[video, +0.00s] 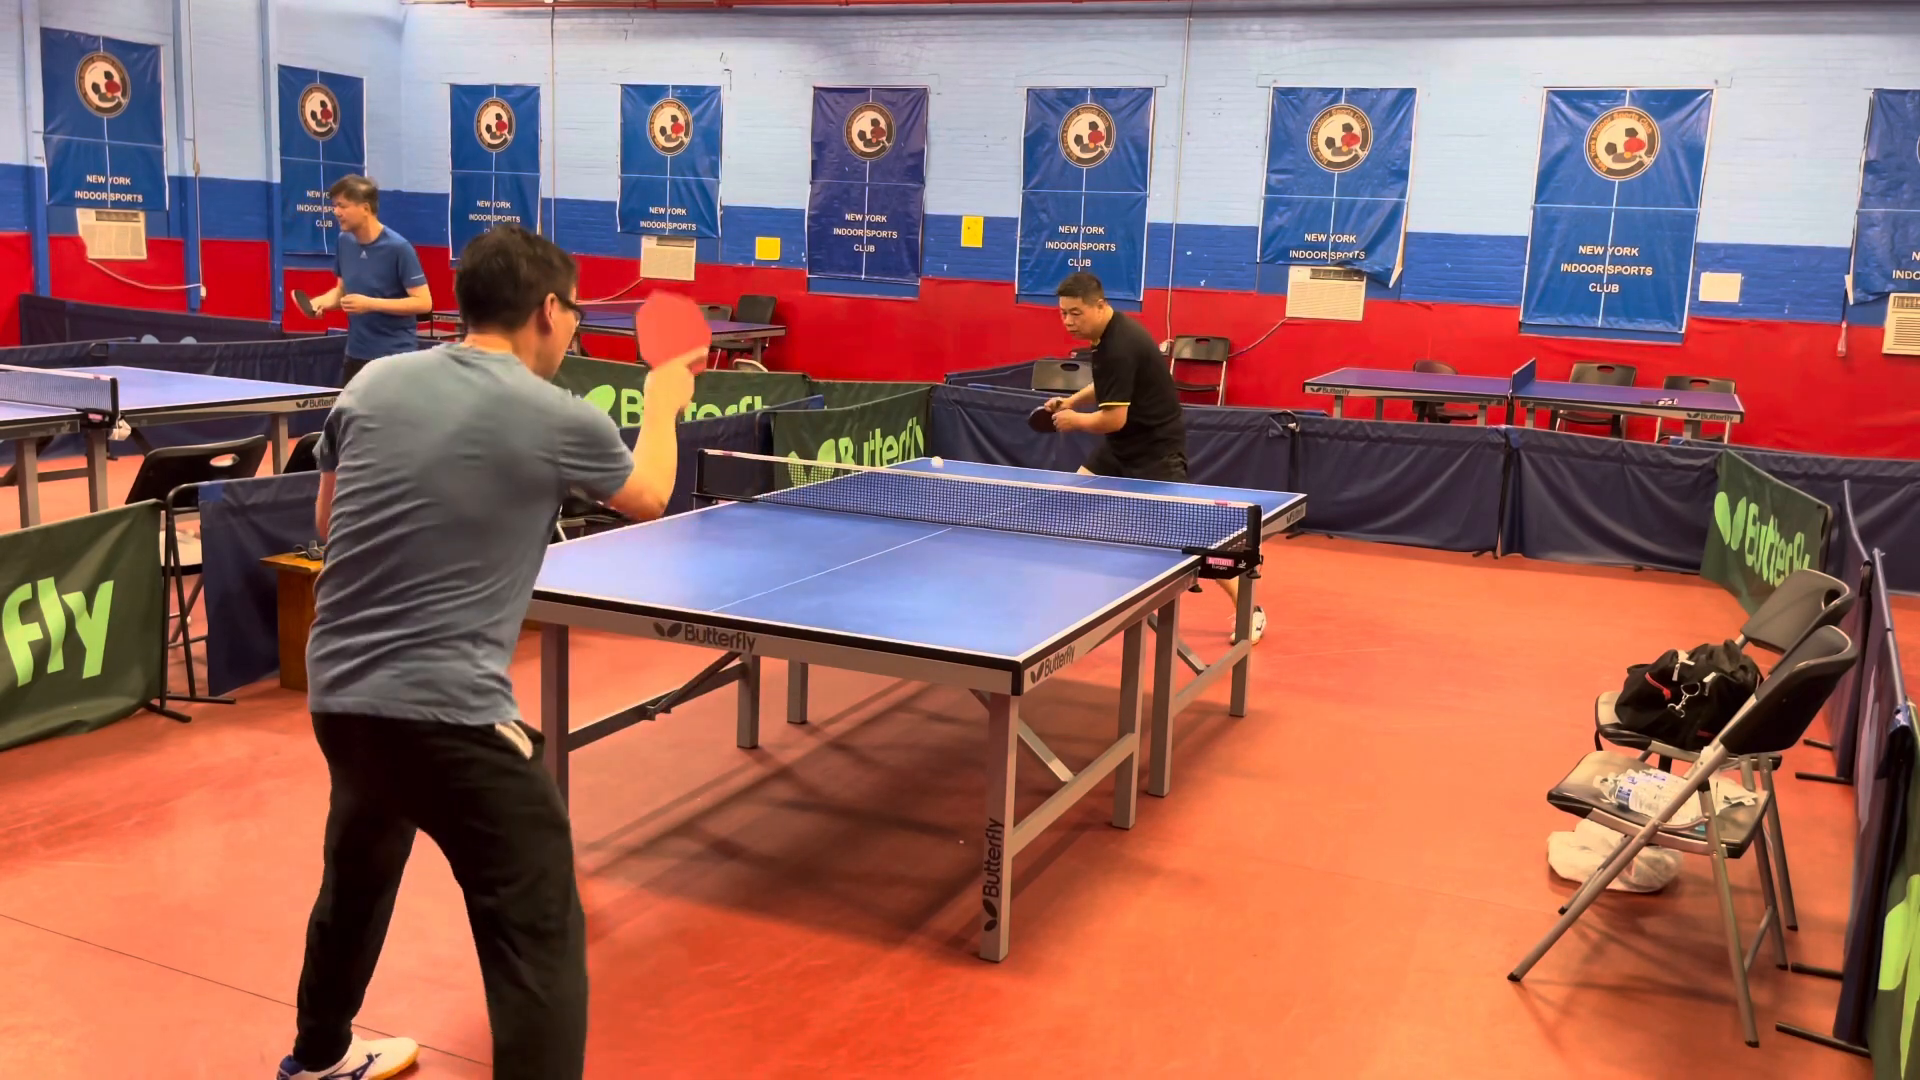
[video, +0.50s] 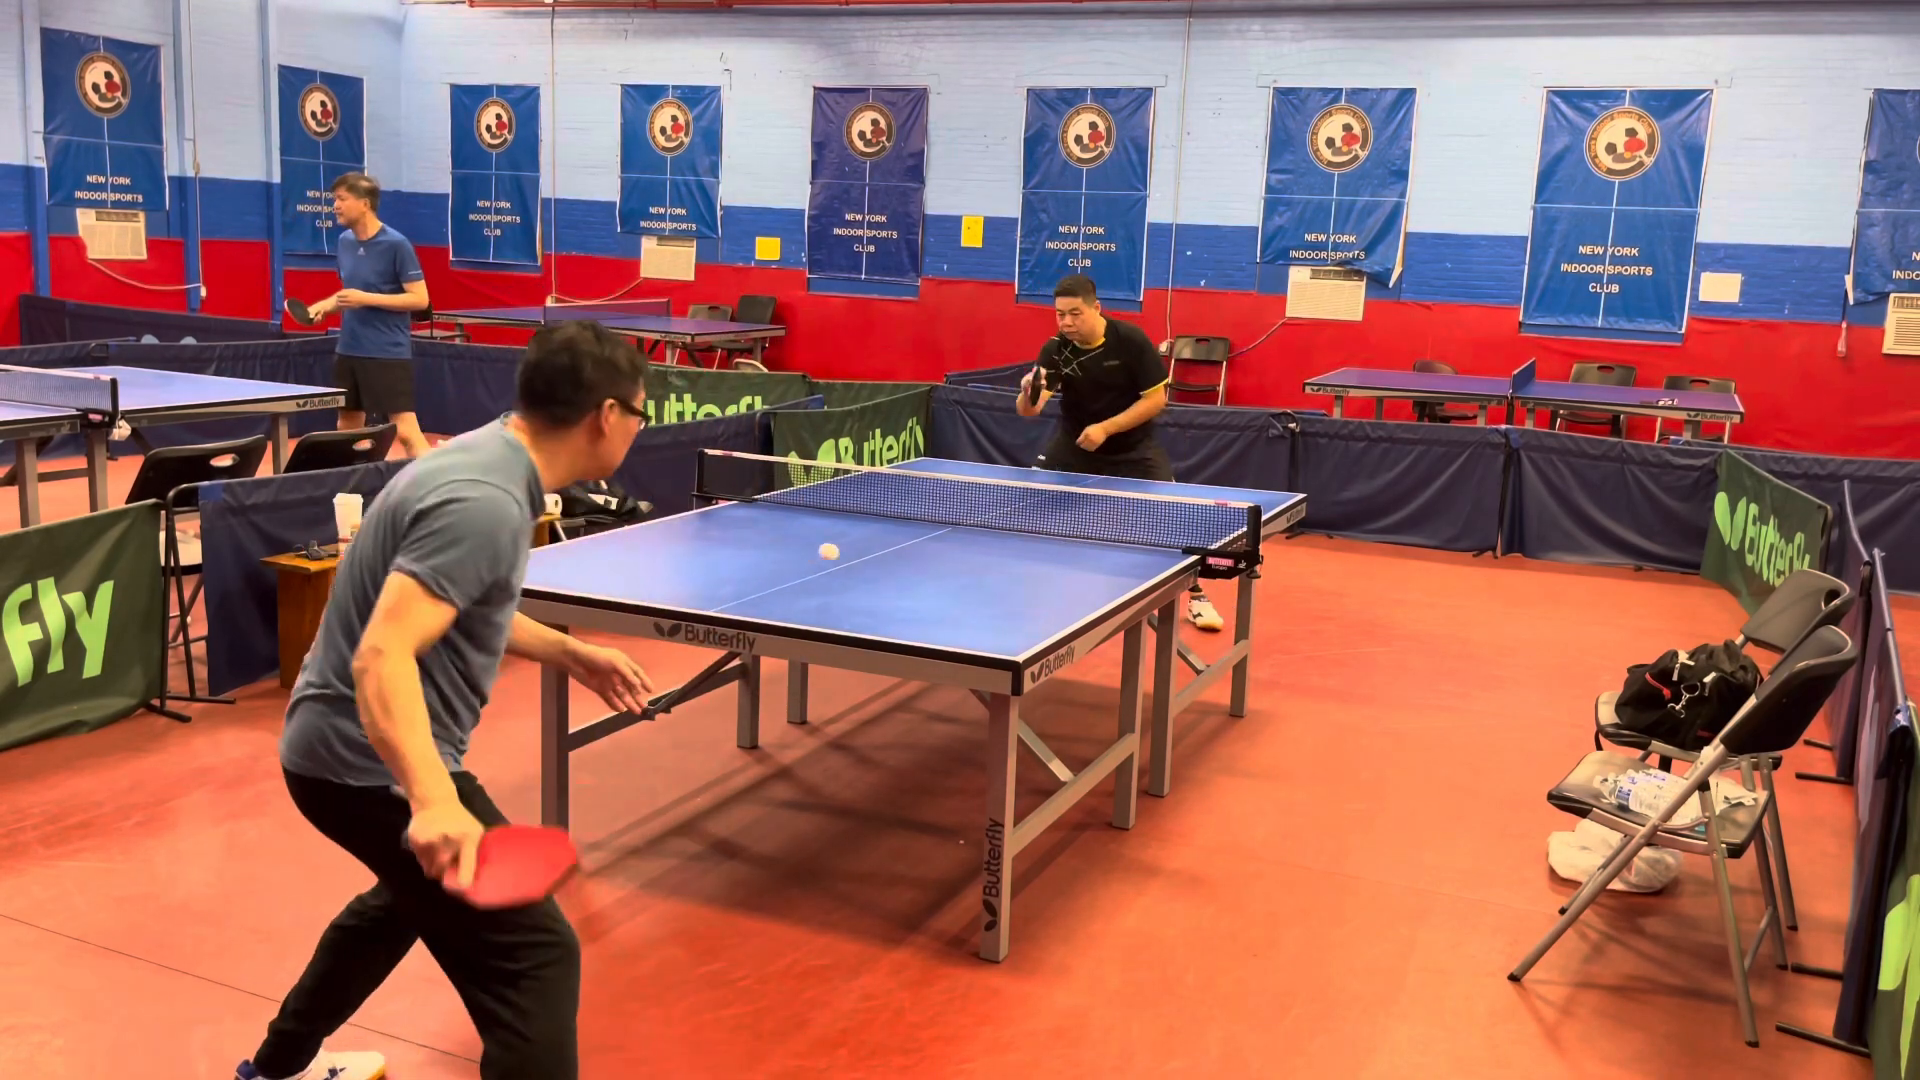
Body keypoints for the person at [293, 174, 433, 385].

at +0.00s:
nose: (336, 212)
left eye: (342, 206)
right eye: (335, 206)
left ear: (365, 208)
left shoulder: (399, 248)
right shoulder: (345, 241)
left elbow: (424, 303)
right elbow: (342, 290)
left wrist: (370, 304)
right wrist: (320, 302)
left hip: (395, 361)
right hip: (356, 357)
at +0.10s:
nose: (337, 212)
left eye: (343, 205)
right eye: (336, 205)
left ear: (366, 207)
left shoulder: (399, 248)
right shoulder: (345, 241)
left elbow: (422, 303)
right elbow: (342, 288)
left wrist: (368, 303)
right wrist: (319, 300)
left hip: (392, 362)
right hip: (352, 359)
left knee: (392, 436)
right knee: (353, 436)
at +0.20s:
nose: (337, 209)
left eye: (343, 202)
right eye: (336, 203)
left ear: (366, 206)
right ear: (362, 207)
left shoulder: (398, 248)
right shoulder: (344, 240)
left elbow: (421, 302)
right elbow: (343, 287)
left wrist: (367, 302)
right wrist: (318, 302)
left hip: (389, 360)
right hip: (349, 356)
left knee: (388, 434)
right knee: (350, 429)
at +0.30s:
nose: (337, 207)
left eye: (343, 201)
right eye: (336, 201)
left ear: (366, 206)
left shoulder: (398, 247)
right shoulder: (343, 240)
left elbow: (421, 301)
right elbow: (345, 288)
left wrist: (366, 301)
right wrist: (319, 305)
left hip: (390, 358)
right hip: (349, 355)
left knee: (403, 433)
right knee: (348, 428)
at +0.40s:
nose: (337, 208)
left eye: (343, 202)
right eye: (336, 202)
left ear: (366, 204)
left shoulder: (397, 245)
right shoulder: (344, 241)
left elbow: (420, 300)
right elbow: (350, 290)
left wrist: (365, 299)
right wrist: (321, 306)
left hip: (389, 356)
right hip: (349, 353)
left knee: (407, 432)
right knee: (347, 429)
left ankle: (440, 496)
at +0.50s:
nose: (336, 206)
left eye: (342, 200)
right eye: (335, 200)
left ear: (365, 203)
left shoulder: (397, 244)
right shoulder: (344, 242)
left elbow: (420, 299)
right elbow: (352, 291)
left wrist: (366, 299)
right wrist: (325, 306)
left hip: (389, 356)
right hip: (349, 353)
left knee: (407, 433)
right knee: (347, 430)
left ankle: (442, 492)